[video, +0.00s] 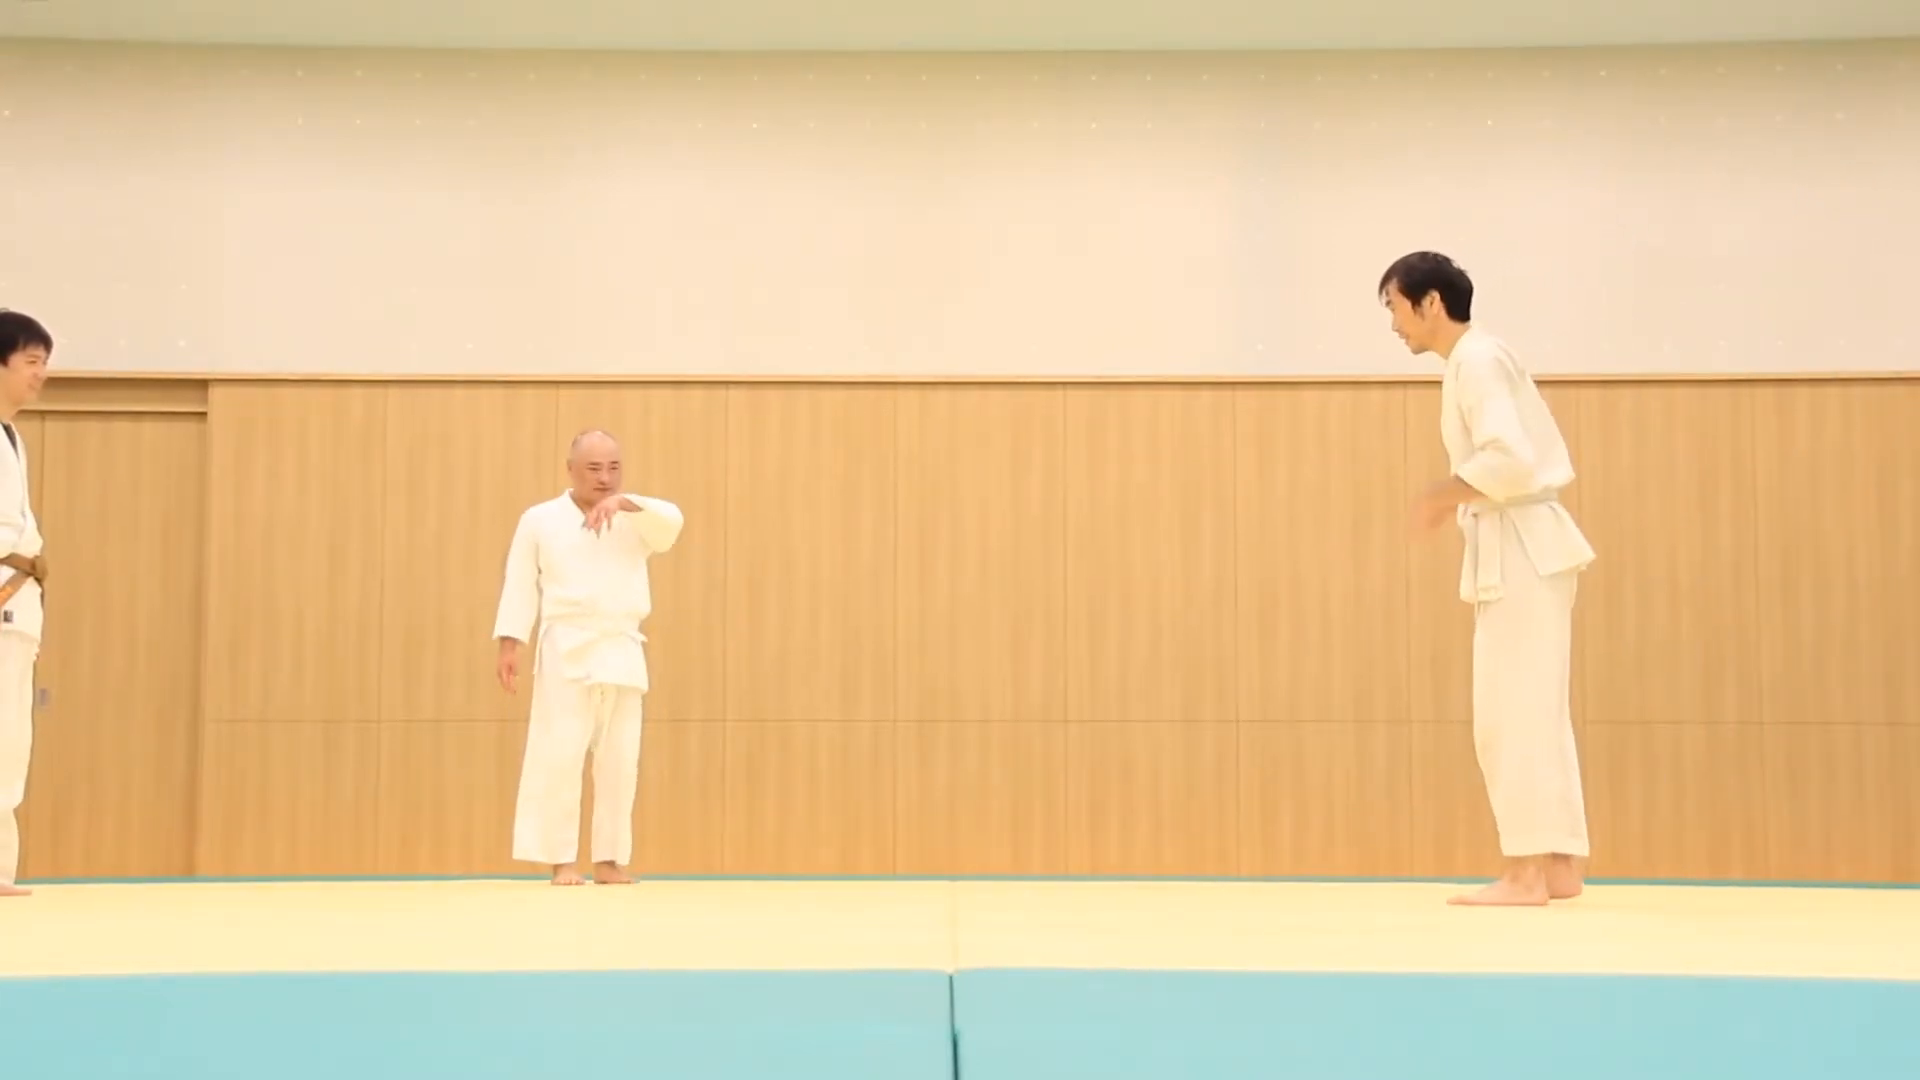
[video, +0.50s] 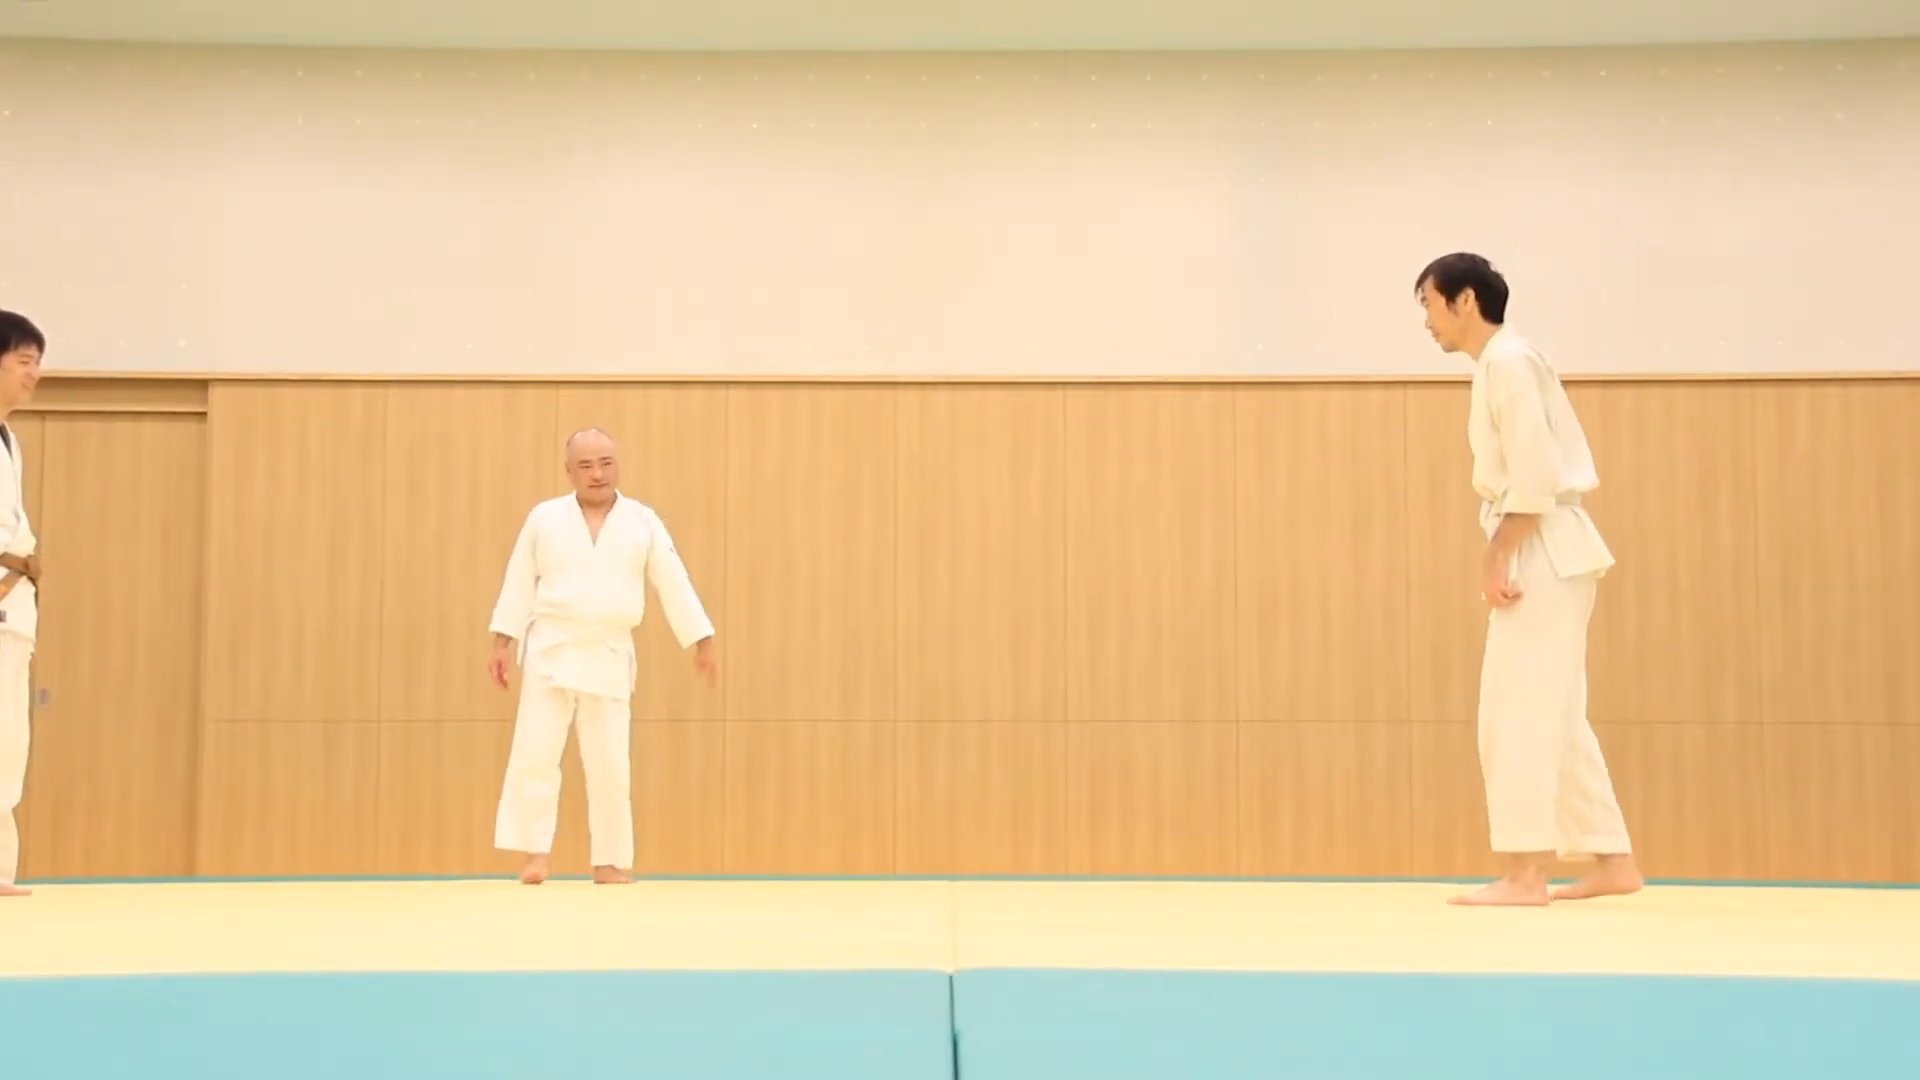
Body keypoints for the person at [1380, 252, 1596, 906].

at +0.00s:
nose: (1394, 324)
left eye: (1397, 308)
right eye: (1391, 311)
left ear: (1432, 304)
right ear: (1438, 304)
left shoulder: (1473, 361)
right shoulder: (1483, 356)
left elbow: (1513, 459)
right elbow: (1532, 463)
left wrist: (1449, 492)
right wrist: (1461, 498)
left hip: (1520, 560)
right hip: (1532, 556)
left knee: (1507, 710)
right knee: (1536, 708)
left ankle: (1526, 874)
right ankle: (1559, 867)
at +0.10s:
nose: (1391, 327)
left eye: (1395, 312)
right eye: (1388, 314)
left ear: (1430, 306)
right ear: (1435, 307)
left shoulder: (1473, 362)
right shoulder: (1480, 358)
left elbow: (1520, 465)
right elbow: (1531, 464)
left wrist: (1466, 535)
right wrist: (1480, 533)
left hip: (1525, 552)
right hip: (1531, 549)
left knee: (1511, 713)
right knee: (1539, 709)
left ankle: (1529, 873)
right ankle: (1558, 867)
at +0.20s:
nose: (1394, 327)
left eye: (1397, 312)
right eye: (1390, 314)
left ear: (1432, 306)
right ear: (1436, 307)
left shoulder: (1475, 363)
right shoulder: (1480, 359)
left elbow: (1518, 469)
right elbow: (1522, 465)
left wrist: (1490, 555)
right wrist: (1492, 550)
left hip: (1525, 555)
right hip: (1535, 551)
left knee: (1513, 712)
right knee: (1540, 708)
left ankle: (1529, 872)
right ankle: (1561, 865)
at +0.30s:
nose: (1402, 326)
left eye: (1405, 310)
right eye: (1399, 313)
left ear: (1441, 304)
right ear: (1446, 304)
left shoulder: (1483, 362)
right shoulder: (1490, 357)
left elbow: (1518, 471)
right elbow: (1522, 467)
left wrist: (1488, 557)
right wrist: (1494, 554)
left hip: (1530, 554)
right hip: (1544, 549)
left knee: (1513, 710)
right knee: (1549, 707)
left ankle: (1526, 873)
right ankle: (1575, 862)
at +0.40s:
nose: (1413, 320)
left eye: (1417, 306)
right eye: (1410, 308)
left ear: (1454, 302)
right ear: (1457, 303)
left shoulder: (1493, 362)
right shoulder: (1495, 358)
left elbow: (1522, 468)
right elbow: (1529, 465)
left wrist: (1491, 554)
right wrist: (1499, 551)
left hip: (1535, 554)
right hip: (1548, 551)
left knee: (1512, 711)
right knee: (1553, 708)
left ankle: (1523, 876)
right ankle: (1597, 861)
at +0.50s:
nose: (1426, 322)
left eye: (1431, 307)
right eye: (1424, 309)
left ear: (1468, 303)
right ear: (1469, 304)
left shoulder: (1506, 363)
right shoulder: (1503, 362)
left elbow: (1533, 470)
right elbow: (1536, 468)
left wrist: (1498, 554)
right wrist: (1504, 551)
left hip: (1542, 555)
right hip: (1552, 554)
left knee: (1511, 707)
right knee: (1555, 707)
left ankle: (1525, 876)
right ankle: (1613, 860)